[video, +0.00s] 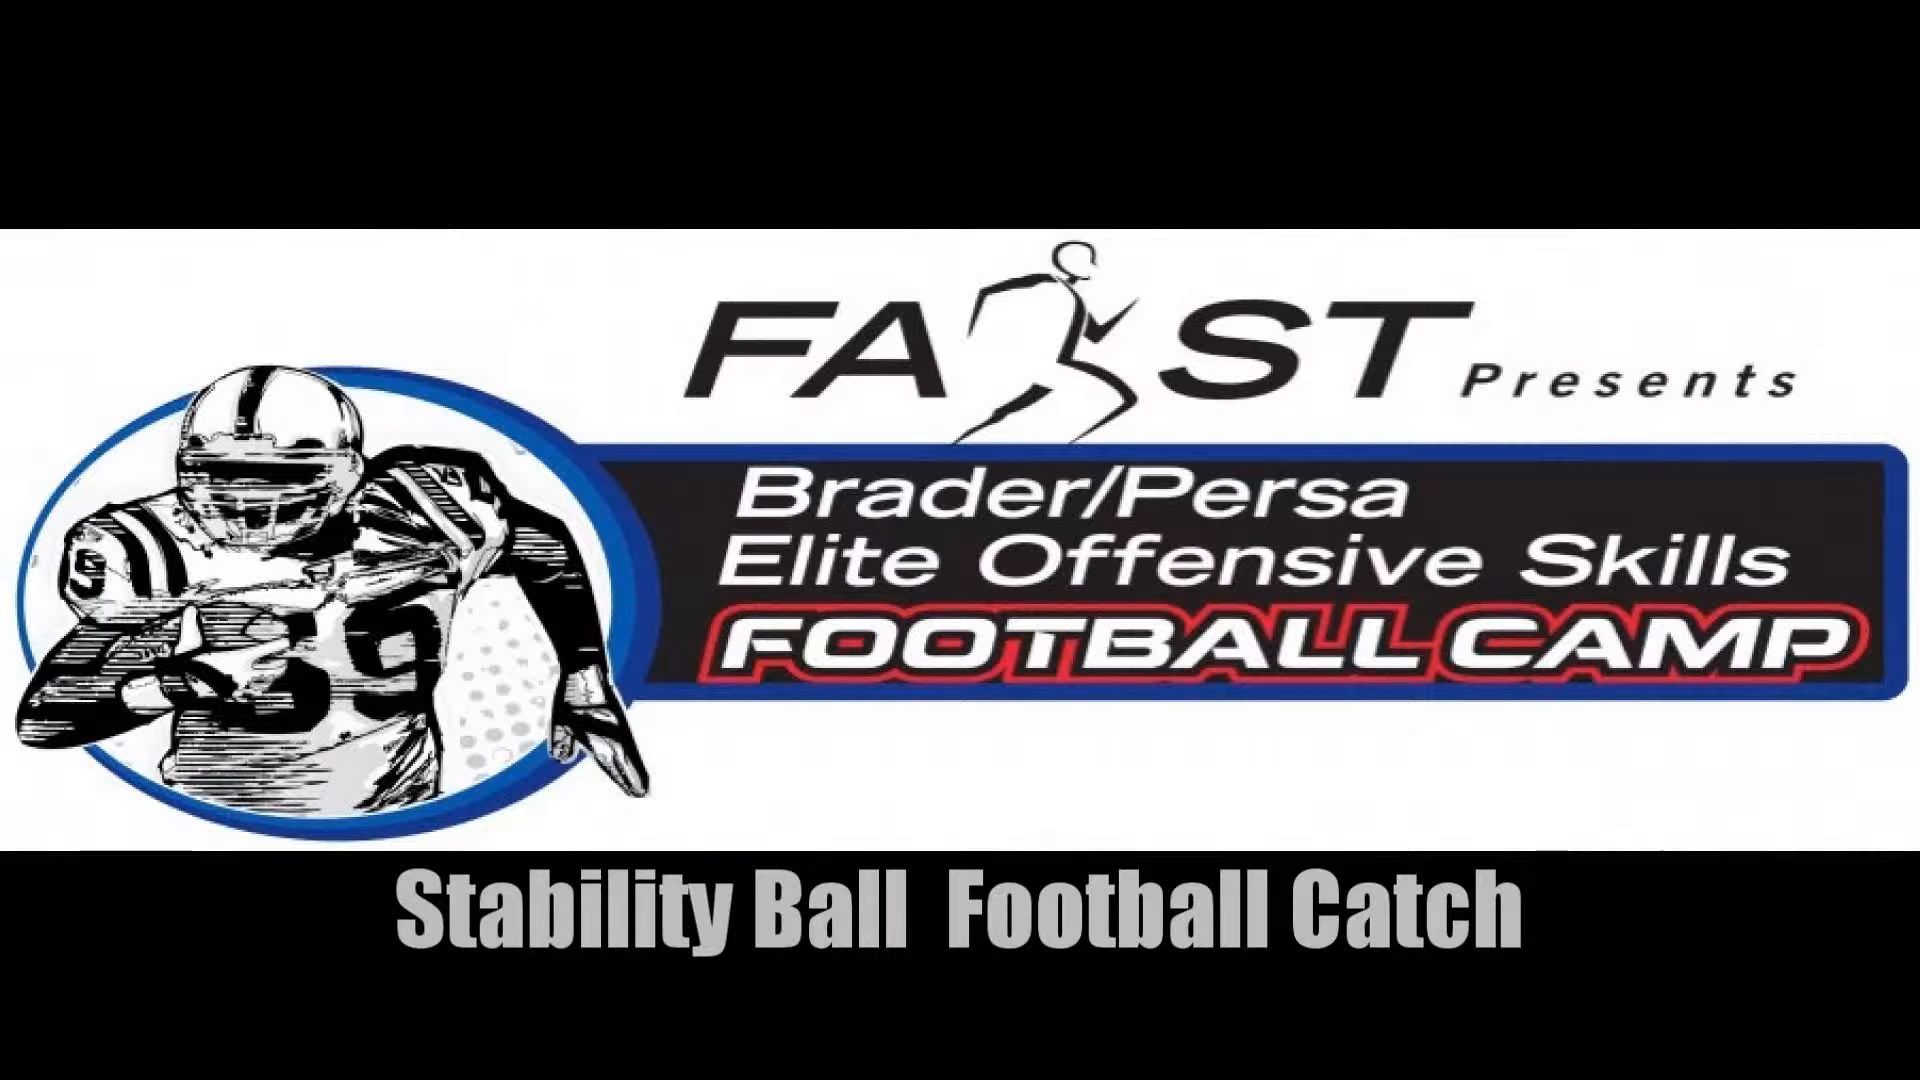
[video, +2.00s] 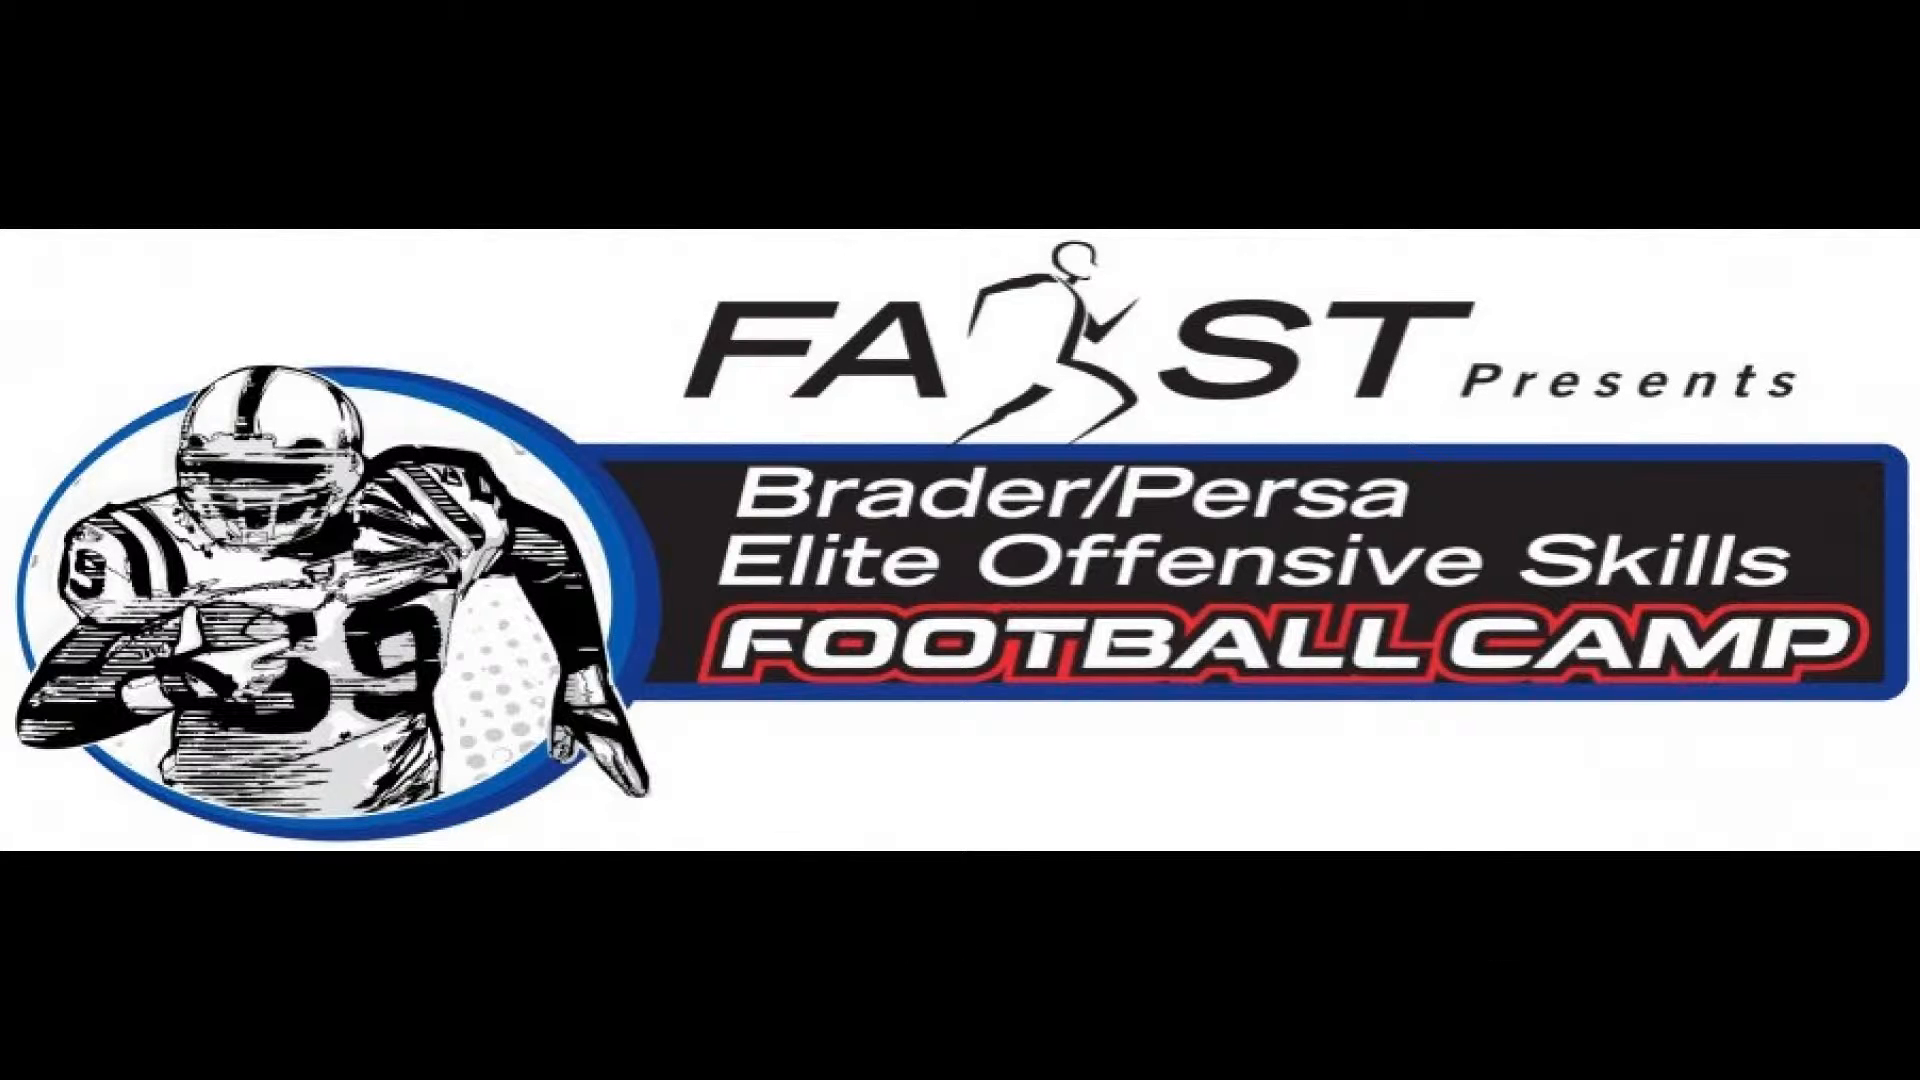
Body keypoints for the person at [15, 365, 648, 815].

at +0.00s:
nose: (253, 515)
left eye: (280, 493)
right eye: (230, 493)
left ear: (336, 479)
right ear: (195, 479)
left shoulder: (423, 508)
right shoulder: (140, 549)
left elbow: (546, 548)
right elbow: (43, 716)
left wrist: (585, 672)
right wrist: (172, 683)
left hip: (387, 812)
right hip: (219, 816)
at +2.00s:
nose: (252, 515)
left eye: (280, 493)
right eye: (229, 492)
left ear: (336, 480)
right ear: (194, 479)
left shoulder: (426, 508)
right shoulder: (142, 549)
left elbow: (546, 548)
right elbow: (43, 716)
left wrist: (585, 671)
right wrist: (175, 683)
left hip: (387, 812)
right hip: (218, 815)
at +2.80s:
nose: (269, 504)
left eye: (296, 484)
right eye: (250, 482)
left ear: (344, 476)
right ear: (224, 473)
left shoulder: (425, 505)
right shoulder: (186, 545)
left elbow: (543, 549)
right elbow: (117, 706)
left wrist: (583, 678)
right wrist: (223, 672)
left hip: (390, 803)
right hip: (245, 803)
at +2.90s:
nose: (320, 513)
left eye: (344, 492)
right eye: (303, 491)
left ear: (380, 478)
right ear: (278, 477)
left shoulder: (447, 511)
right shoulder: (247, 549)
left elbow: (550, 551)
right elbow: (182, 697)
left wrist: (584, 675)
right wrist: (277, 666)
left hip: (421, 794)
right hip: (297, 794)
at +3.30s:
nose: (402, 531)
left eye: (424, 513)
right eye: (383, 513)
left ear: (467, 501)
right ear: (355, 504)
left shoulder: (535, 524)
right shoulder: (314, 559)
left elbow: (633, 555)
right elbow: (233, 690)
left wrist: (663, 652)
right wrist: (337, 662)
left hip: (511, 764)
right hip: (376, 767)